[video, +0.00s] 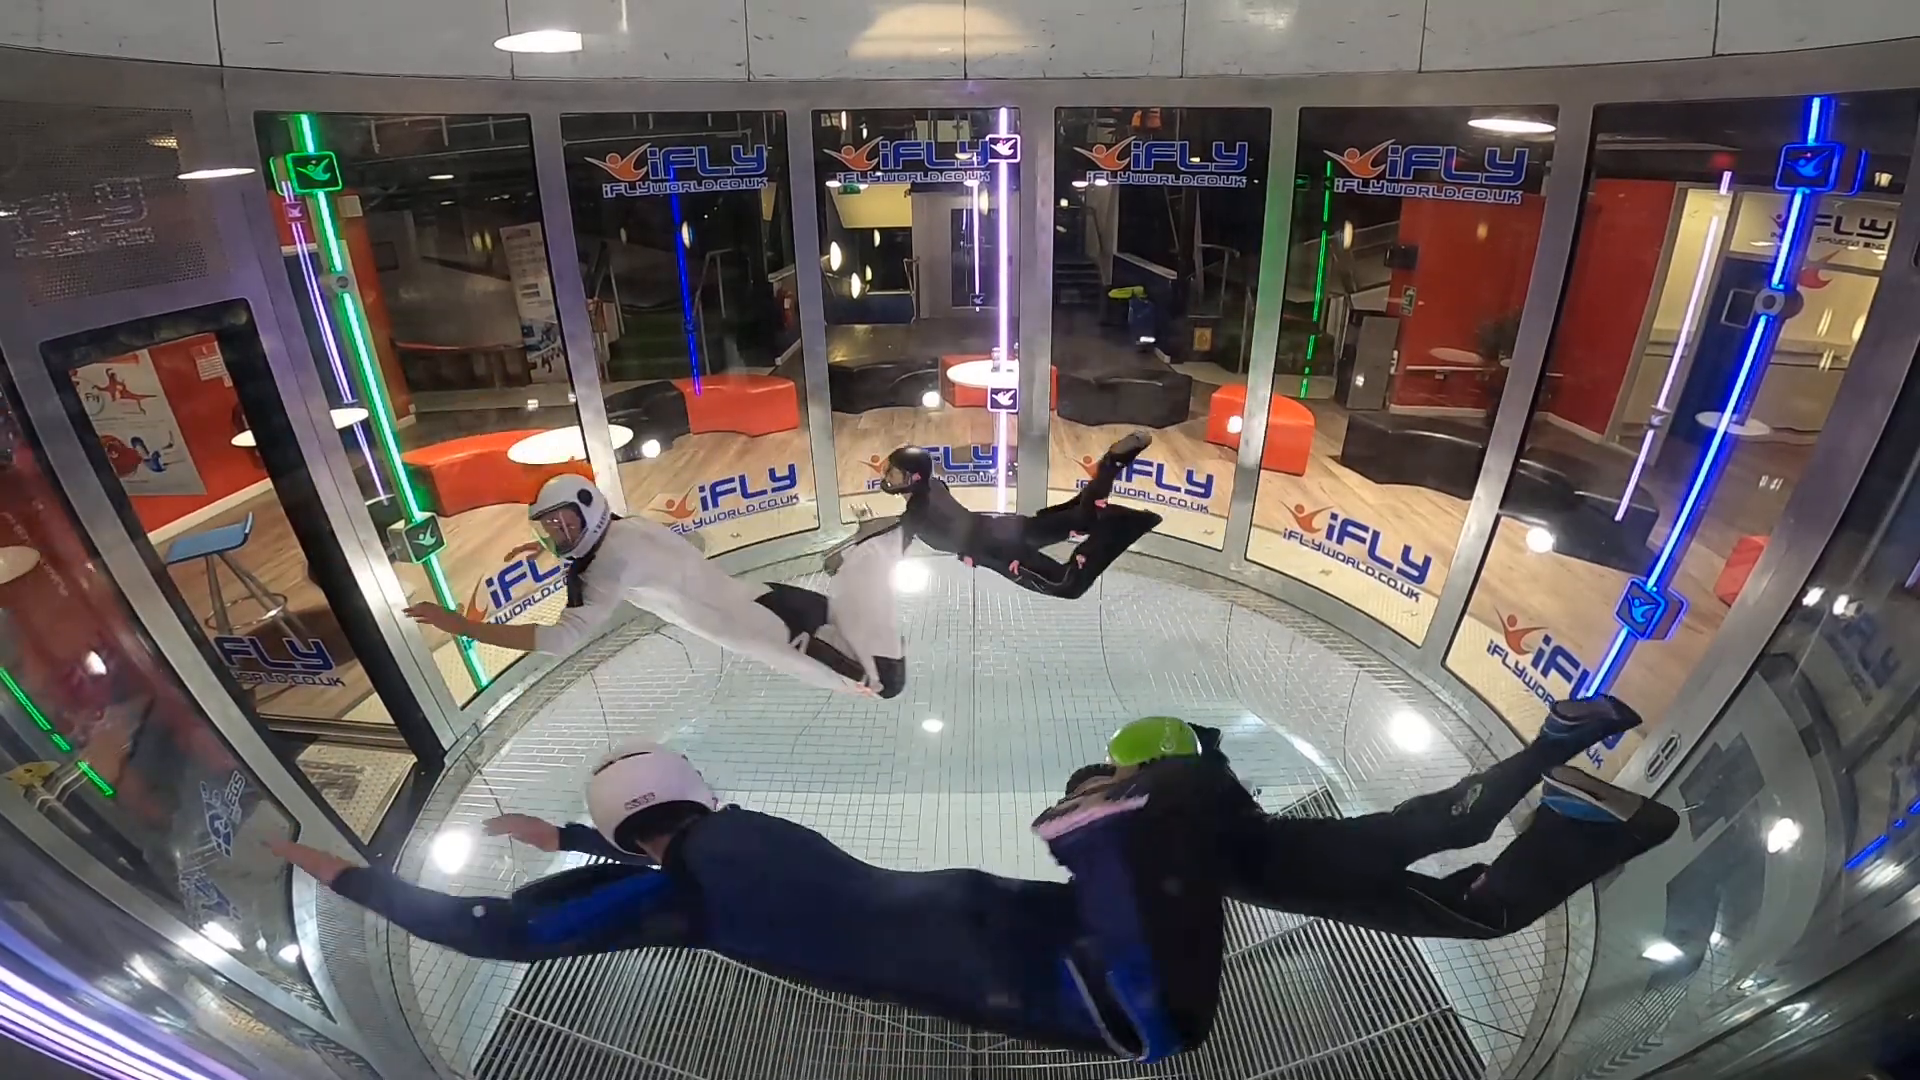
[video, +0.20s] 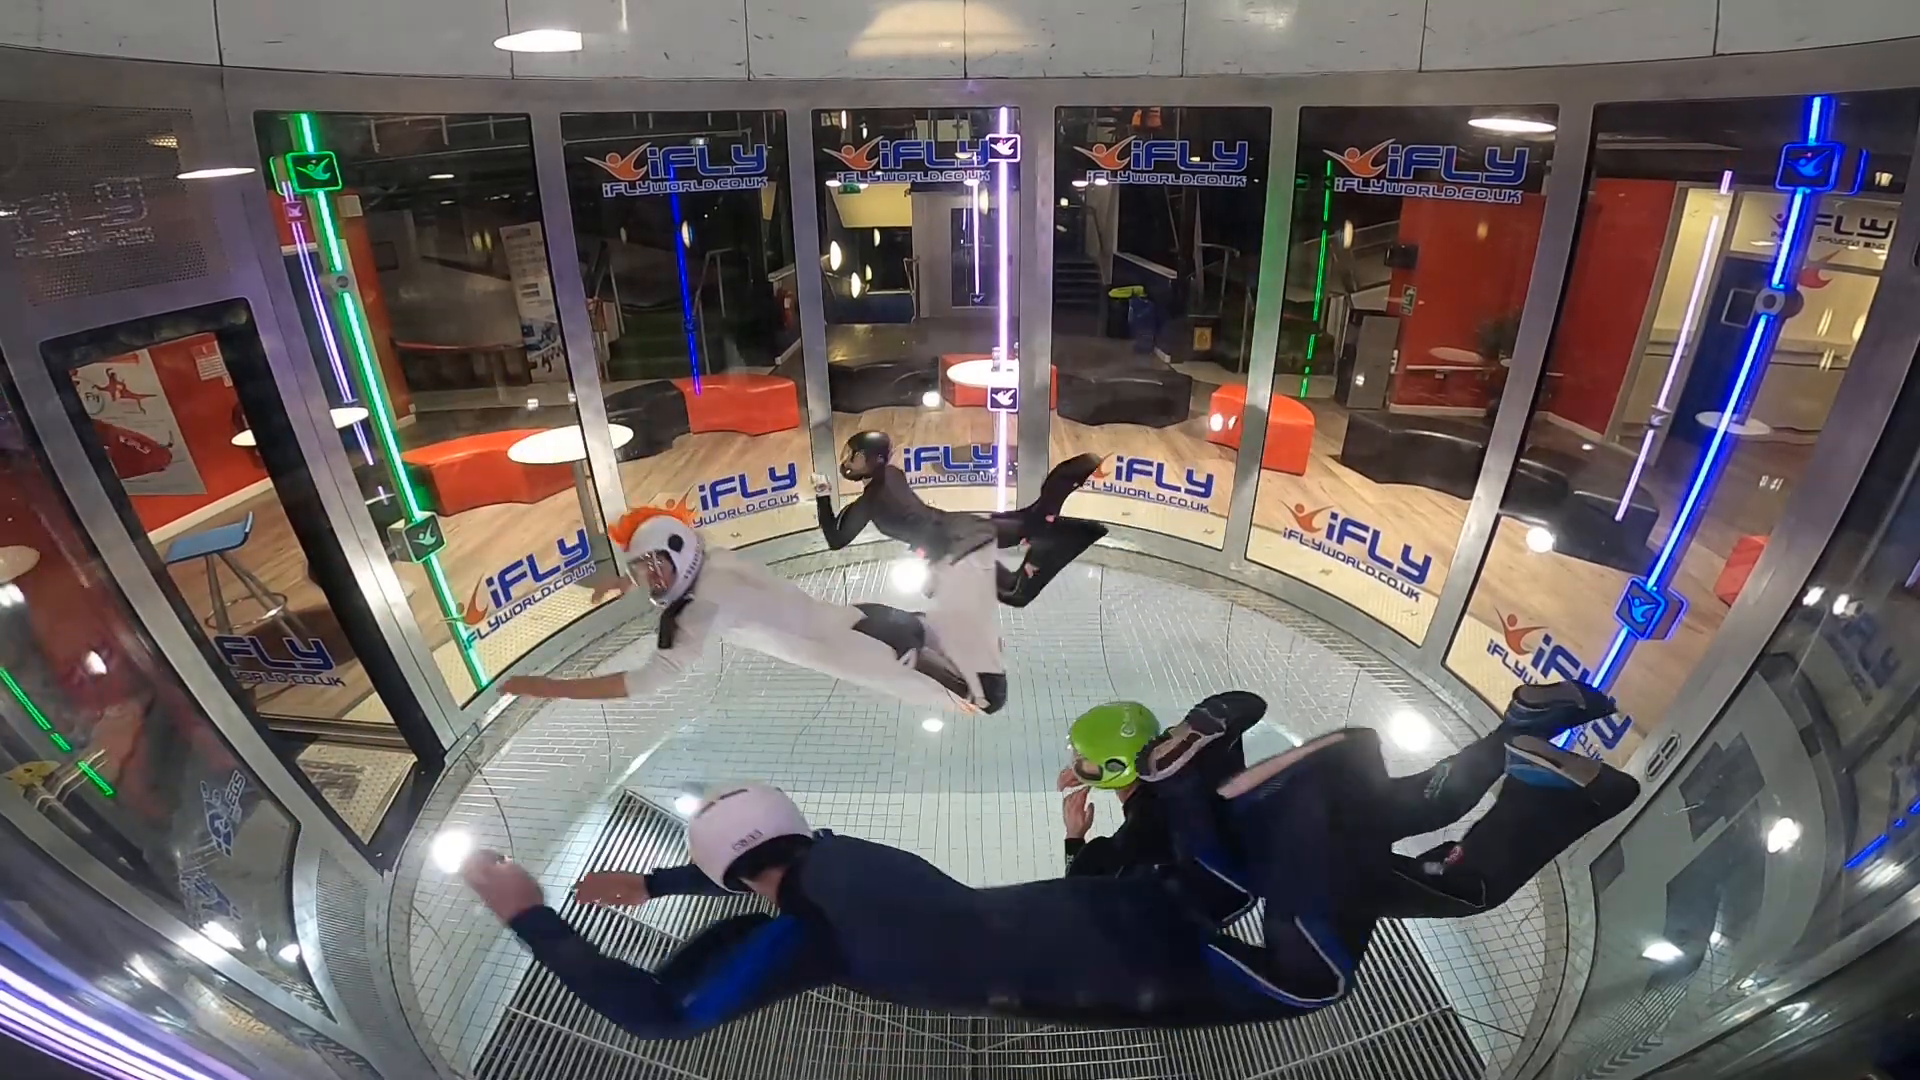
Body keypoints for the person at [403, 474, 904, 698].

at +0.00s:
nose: (553, 535)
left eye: (558, 521)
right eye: (546, 526)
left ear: (588, 511)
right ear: (569, 519)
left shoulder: (612, 560)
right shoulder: (622, 530)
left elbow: (561, 640)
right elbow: (689, 547)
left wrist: (463, 627)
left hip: (768, 625)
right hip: (768, 605)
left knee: (885, 679)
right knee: (864, 656)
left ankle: (875, 552)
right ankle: (858, 567)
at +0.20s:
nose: (650, 578)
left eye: (656, 564)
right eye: (642, 570)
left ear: (681, 550)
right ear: (661, 556)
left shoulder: (706, 602)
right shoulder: (707, 557)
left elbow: (648, 680)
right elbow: (657, 565)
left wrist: (553, 688)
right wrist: (617, 584)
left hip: (855, 644)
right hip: (850, 617)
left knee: (978, 693)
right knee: (930, 634)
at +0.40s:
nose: (762, 597)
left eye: (768, 584)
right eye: (759, 586)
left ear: (787, 584)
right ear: (801, 567)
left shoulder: (820, 632)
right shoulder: (824, 584)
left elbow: (769, 700)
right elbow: (783, 595)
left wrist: (704, 683)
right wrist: (743, 614)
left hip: (982, 668)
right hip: (978, 638)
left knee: (1089, 704)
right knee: (1080, 683)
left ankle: (1098, 579)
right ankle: (1078, 584)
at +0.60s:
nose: (879, 615)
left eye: (887, 606)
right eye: (875, 607)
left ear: (913, 600)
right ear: (905, 593)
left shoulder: (935, 645)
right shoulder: (935, 601)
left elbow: (887, 711)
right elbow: (890, 617)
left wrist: (827, 702)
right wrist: (862, 634)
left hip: (1088, 662)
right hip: (1073, 639)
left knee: (1215, 695)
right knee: (1168, 641)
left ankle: (1238, 590)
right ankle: (1208, 562)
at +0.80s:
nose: (972, 608)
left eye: (979, 596)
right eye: (971, 597)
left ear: (1002, 592)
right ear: (1004, 582)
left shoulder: (1035, 621)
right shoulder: (1034, 595)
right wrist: (966, 628)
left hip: (1164, 643)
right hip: (1163, 628)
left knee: (1260, 604)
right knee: (1255, 591)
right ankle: (1292, 509)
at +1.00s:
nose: (1037, 577)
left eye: (1041, 564)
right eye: (1032, 568)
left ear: (1060, 549)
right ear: (1038, 562)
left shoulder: (1100, 571)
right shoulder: (1086, 573)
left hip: (1245, 592)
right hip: (1229, 590)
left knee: (1324, 558)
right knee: (1313, 564)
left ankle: (1361, 463)